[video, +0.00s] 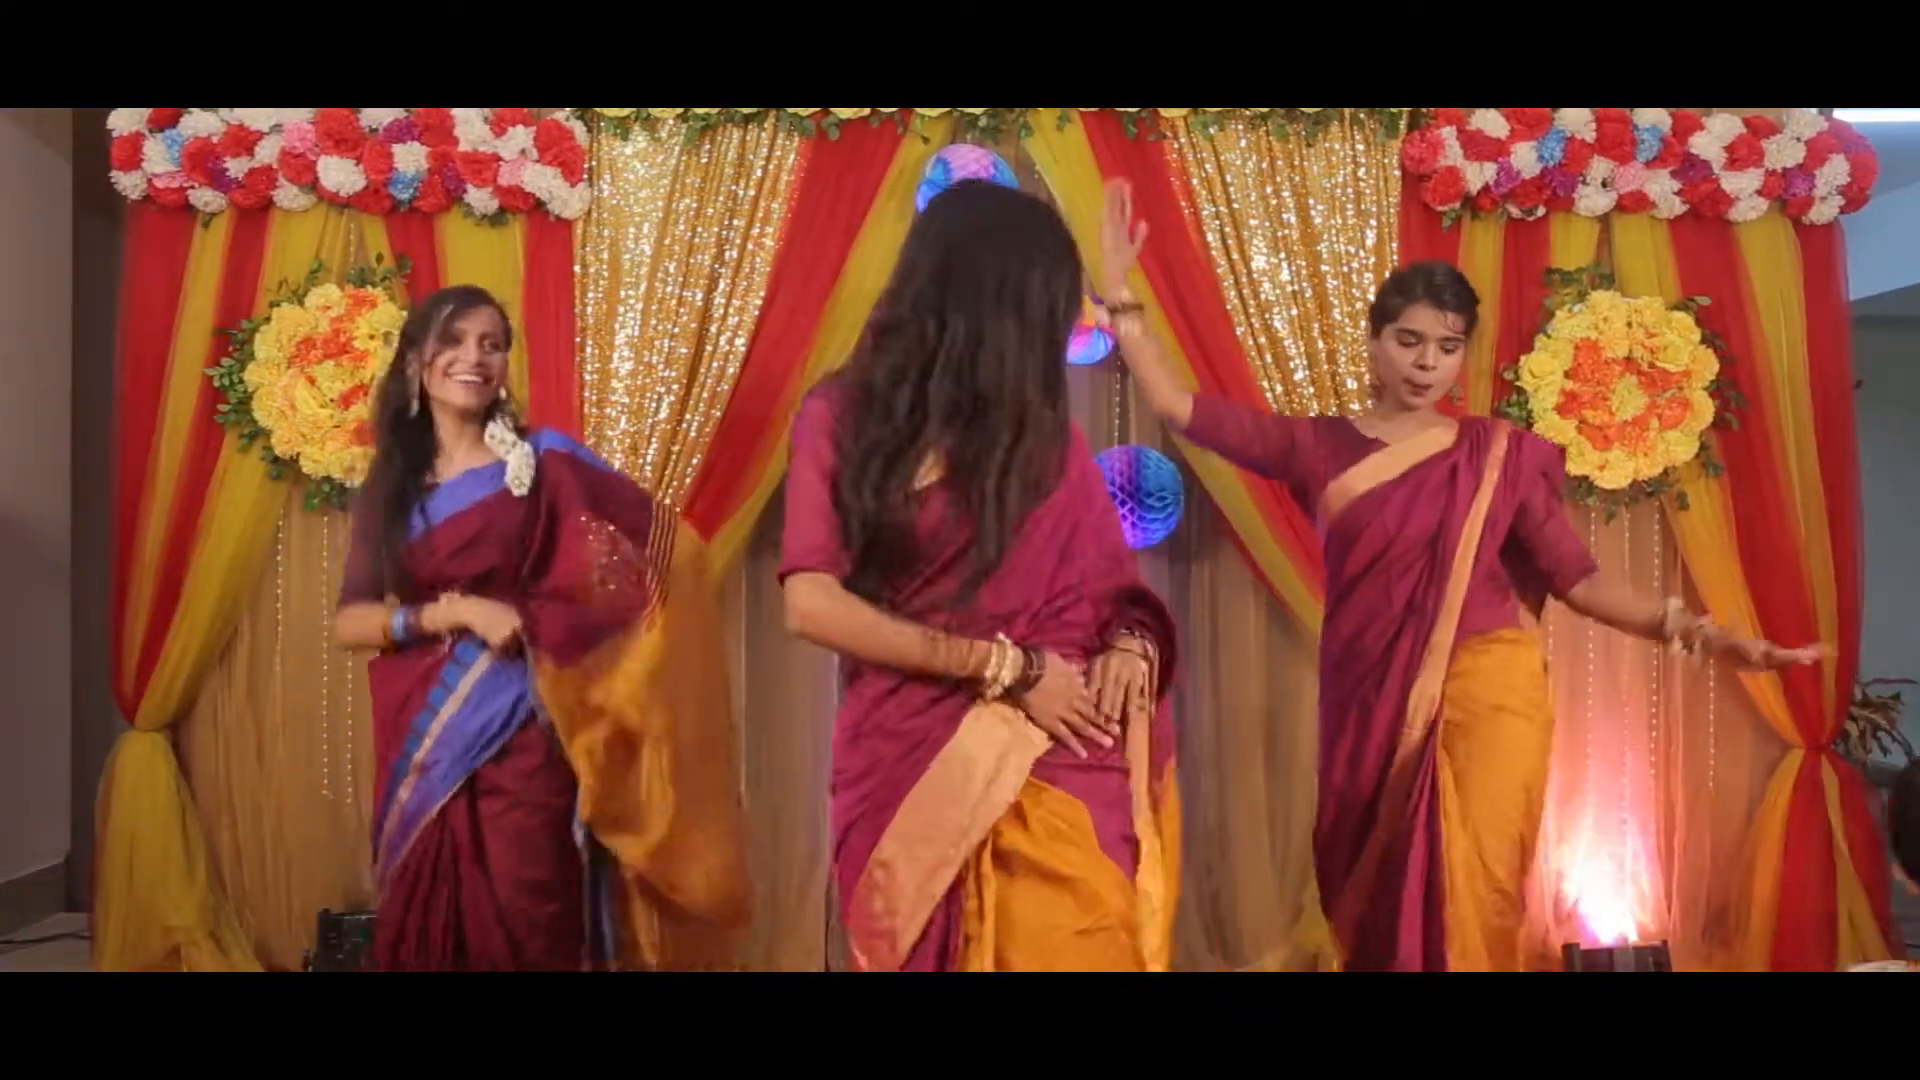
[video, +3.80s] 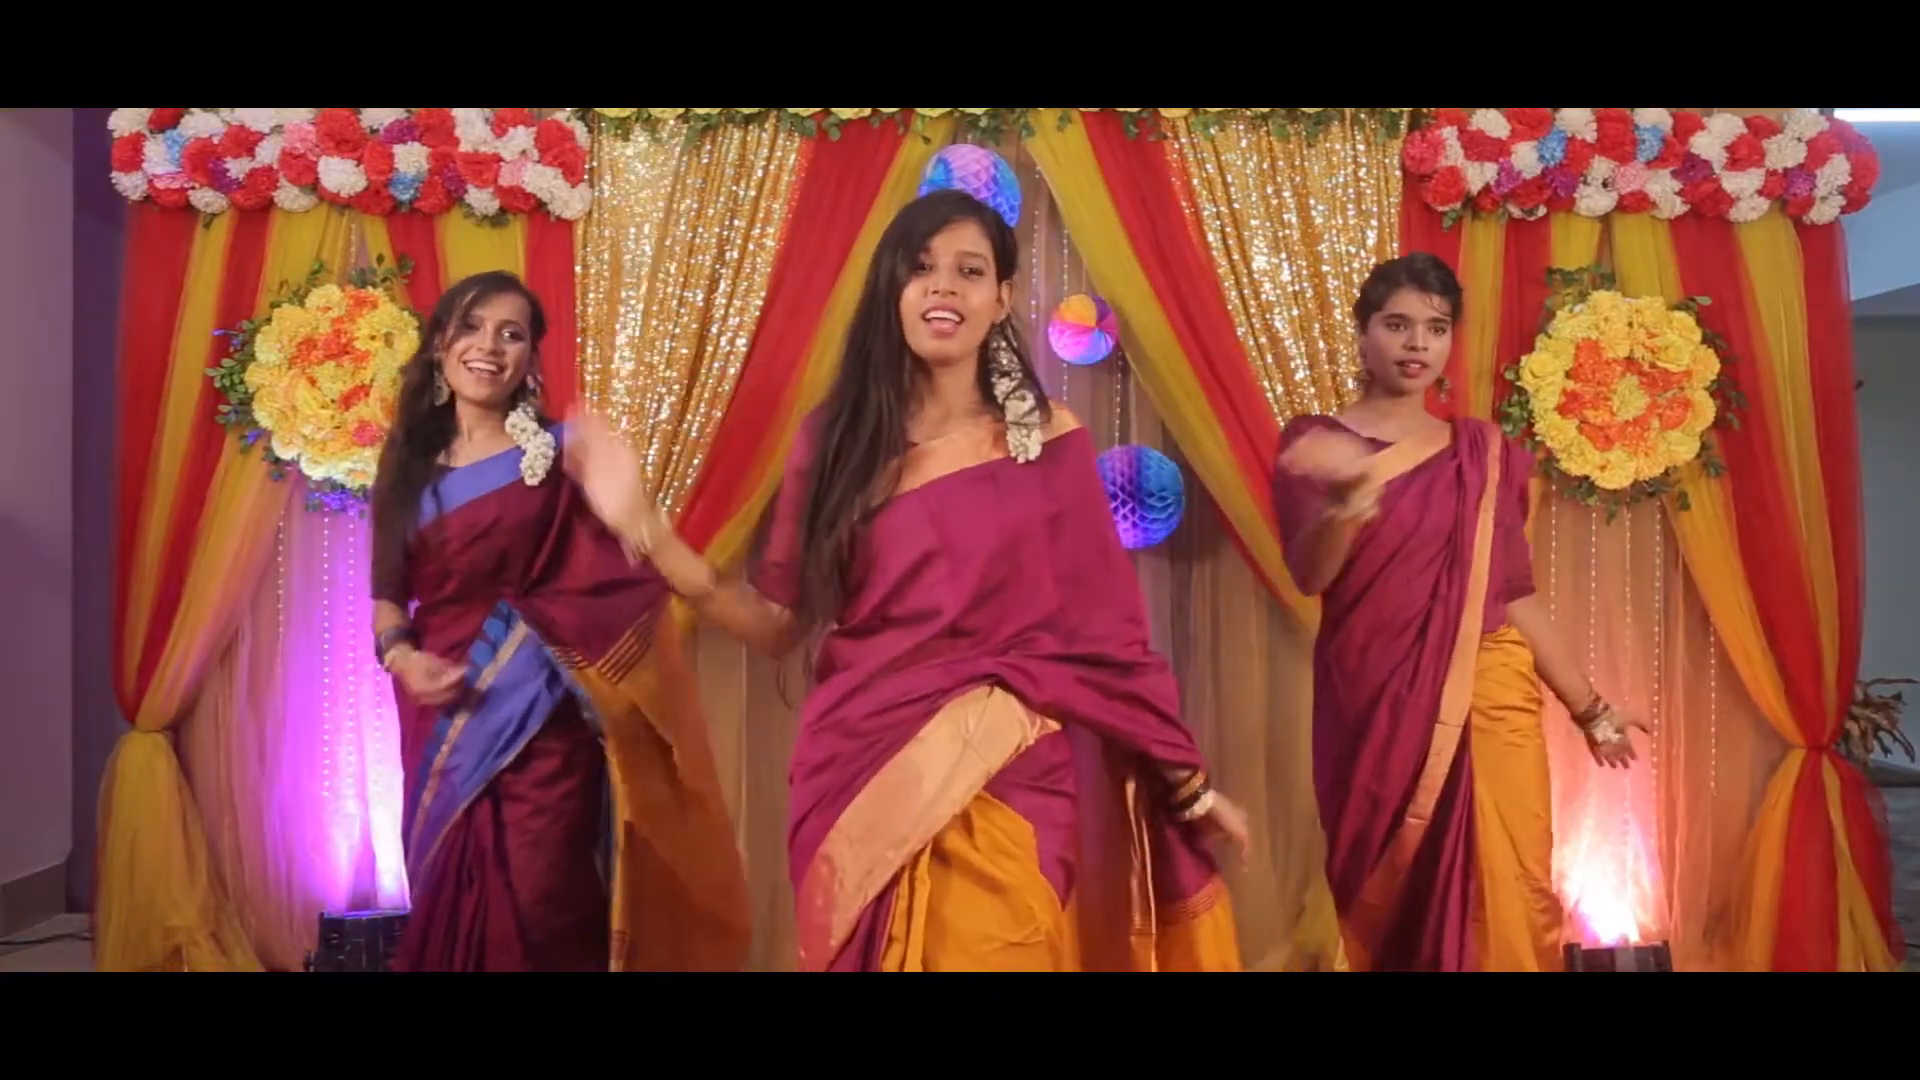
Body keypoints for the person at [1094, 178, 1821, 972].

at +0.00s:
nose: (1427, 361)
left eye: (1447, 346)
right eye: (1409, 339)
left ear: (1467, 356)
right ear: (1372, 342)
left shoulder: (1506, 455)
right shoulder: (1321, 445)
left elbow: (1578, 578)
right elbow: (1180, 411)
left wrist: (1689, 627)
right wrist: (1123, 302)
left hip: (1487, 694)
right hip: (1370, 711)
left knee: (1467, 908)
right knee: (1366, 917)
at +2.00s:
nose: (1398, 385)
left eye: (1417, 367)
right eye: (1380, 363)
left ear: (1439, 364)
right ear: (1345, 354)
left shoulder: (1476, 459)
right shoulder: (1292, 447)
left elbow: (1541, 583)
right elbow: (1153, 411)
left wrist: (1641, 642)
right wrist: (1127, 316)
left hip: (1466, 691)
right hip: (1350, 702)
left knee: (1471, 895)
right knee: (1362, 902)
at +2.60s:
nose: (1406, 385)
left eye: (1424, 367)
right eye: (1387, 364)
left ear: (1443, 366)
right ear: (1350, 363)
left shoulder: (1475, 457)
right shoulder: (1304, 466)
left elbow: (1566, 546)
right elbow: (1171, 499)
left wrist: (1555, 637)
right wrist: (1221, 392)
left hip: (1469, 698)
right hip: (1350, 706)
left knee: (1469, 896)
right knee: (1352, 905)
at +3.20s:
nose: (1411, 356)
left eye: (1430, 340)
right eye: (1392, 336)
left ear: (1451, 346)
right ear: (1360, 337)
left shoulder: (1493, 440)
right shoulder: (1321, 447)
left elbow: (1564, 542)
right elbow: (1243, 541)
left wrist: (1561, 630)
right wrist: (1280, 426)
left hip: (1480, 693)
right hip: (1363, 702)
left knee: (1488, 901)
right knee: (1366, 910)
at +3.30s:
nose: (1411, 352)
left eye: (1430, 335)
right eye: (1392, 332)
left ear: (1451, 343)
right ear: (1361, 336)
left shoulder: (1492, 440)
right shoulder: (1315, 444)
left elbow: (1564, 550)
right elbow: (1257, 580)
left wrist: (1569, 639)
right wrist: (1284, 520)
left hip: (1483, 691)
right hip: (1364, 700)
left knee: (1492, 904)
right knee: (1370, 907)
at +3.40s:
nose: (1412, 357)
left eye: (1431, 341)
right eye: (1394, 338)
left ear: (1451, 350)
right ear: (1360, 344)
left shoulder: (1497, 447)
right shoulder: (1312, 465)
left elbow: (1545, 580)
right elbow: (1289, 615)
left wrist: (1578, 678)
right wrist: (1331, 614)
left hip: (1480, 705)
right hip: (1365, 717)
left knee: (1488, 913)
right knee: (1370, 919)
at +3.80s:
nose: (1417, 342)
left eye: (1436, 327)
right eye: (1398, 323)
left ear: (1452, 342)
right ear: (1361, 333)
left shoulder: (1485, 449)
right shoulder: (1317, 445)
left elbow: (1515, 597)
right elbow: (1307, 575)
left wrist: (1589, 706)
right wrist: (1341, 518)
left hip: (1491, 694)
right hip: (1379, 702)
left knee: (1513, 900)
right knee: (1390, 904)